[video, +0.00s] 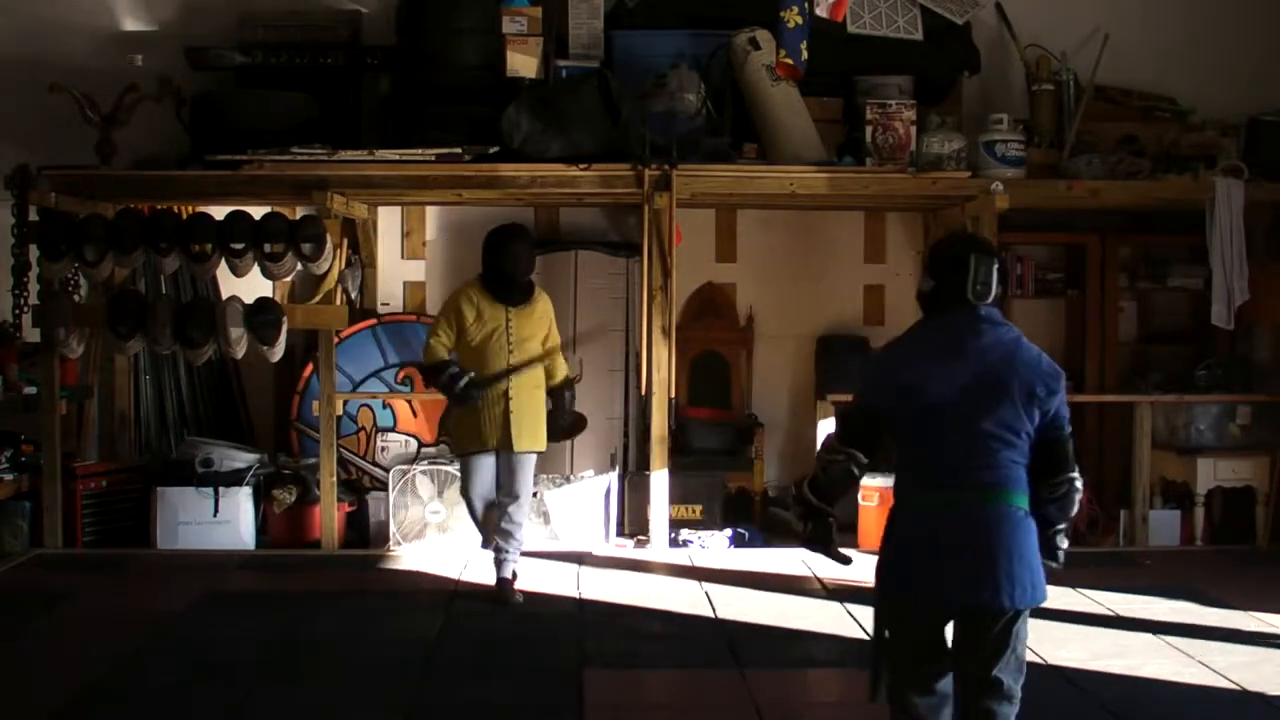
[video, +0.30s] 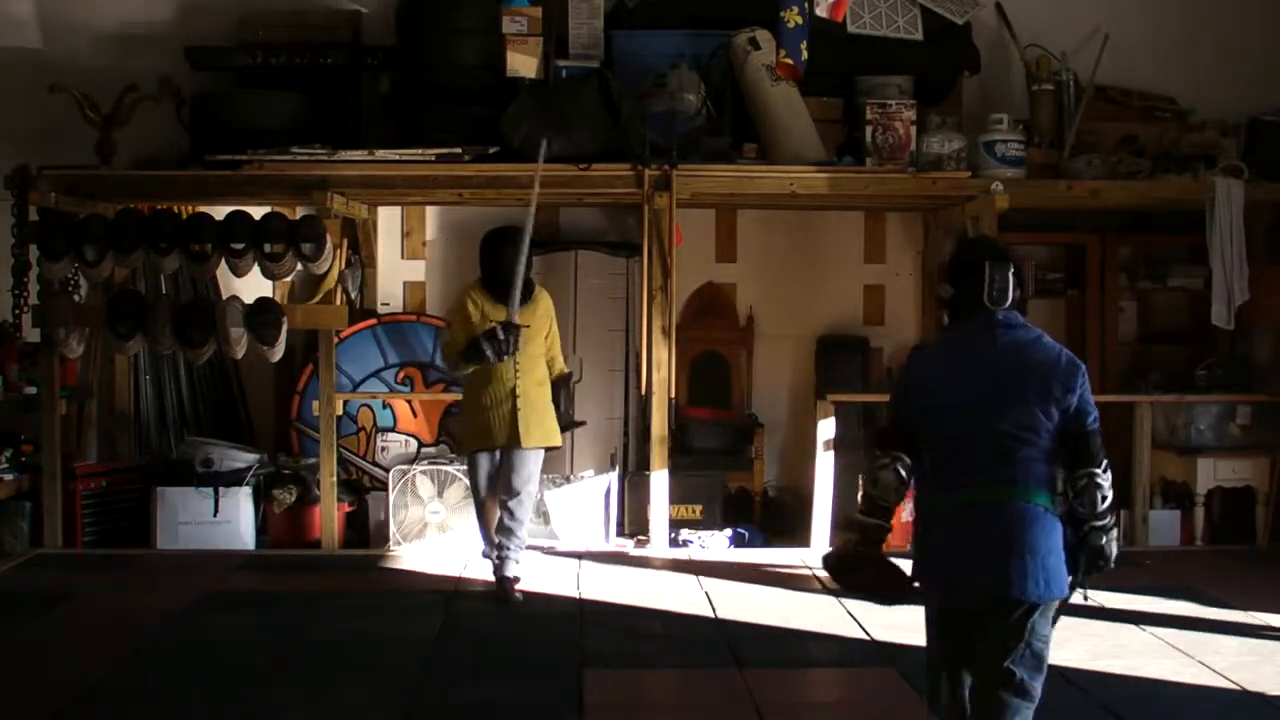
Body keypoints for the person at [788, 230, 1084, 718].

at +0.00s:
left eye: (926, 281)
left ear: (928, 287)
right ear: (993, 290)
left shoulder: (897, 359)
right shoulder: (1035, 367)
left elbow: (850, 451)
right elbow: (1058, 479)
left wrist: (812, 503)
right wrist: (1049, 542)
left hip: (914, 551)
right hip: (1001, 552)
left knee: (918, 690)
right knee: (995, 693)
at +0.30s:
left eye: (954, 287)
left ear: (953, 291)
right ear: (1015, 292)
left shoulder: (924, 364)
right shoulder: (1059, 365)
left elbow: (889, 464)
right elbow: (1089, 473)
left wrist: (867, 538)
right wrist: (1099, 543)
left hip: (947, 550)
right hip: (1029, 551)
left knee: (951, 685)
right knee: (1014, 692)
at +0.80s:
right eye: (1051, 280)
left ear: (1000, 285)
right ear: (1060, 285)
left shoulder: (968, 356)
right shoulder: (1096, 354)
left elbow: (939, 455)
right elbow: (1132, 464)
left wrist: (962, 500)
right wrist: (1152, 513)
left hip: (996, 533)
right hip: (1076, 536)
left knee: (993, 686)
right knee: (1116, 682)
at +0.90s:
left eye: (1024, 285)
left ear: (1020, 290)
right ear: (1077, 290)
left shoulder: (993, 356)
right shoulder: (1119, 358)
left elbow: (955, 459)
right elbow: (1151, 468)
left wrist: (987, 503)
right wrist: (1167, 517)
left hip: (1016, 532)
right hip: (1098, 536)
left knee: (1003, 681)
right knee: (1130, 683)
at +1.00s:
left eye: (1044, 288)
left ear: (1044, 292)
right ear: (1104, 291)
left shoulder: (1018, 358)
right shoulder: (1145, 359)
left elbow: (980, 453)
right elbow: (1175, 464)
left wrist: (989, 516)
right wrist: (1190, 523)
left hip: (1041, 530)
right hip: (1124, 535)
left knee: (1022, 670)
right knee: (1145, 678)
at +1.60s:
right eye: (1176, 285)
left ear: (1124, 289)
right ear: (1179, 290)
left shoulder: (1094, 353)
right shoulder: (1210, 357)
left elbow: (1054, 440)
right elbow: (1246, 455)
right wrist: (1263, 455)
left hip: (1112, 518)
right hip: (1187, 521)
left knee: (1118, 647)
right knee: (1178, 652)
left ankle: (1123, 715)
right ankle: (1167, 719)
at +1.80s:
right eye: (1171, 283)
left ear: (1119, 290)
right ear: (1175, 288)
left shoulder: (1094, 353)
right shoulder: (1212, 349)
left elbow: (1058, 444)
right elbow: (1257, 440)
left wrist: (1064, 502)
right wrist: (1264, 434)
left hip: (1123, 512)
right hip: (1197, 514)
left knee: (1124, 646)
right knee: (1195, 644)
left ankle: (1129, 714)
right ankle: (1180, 715)